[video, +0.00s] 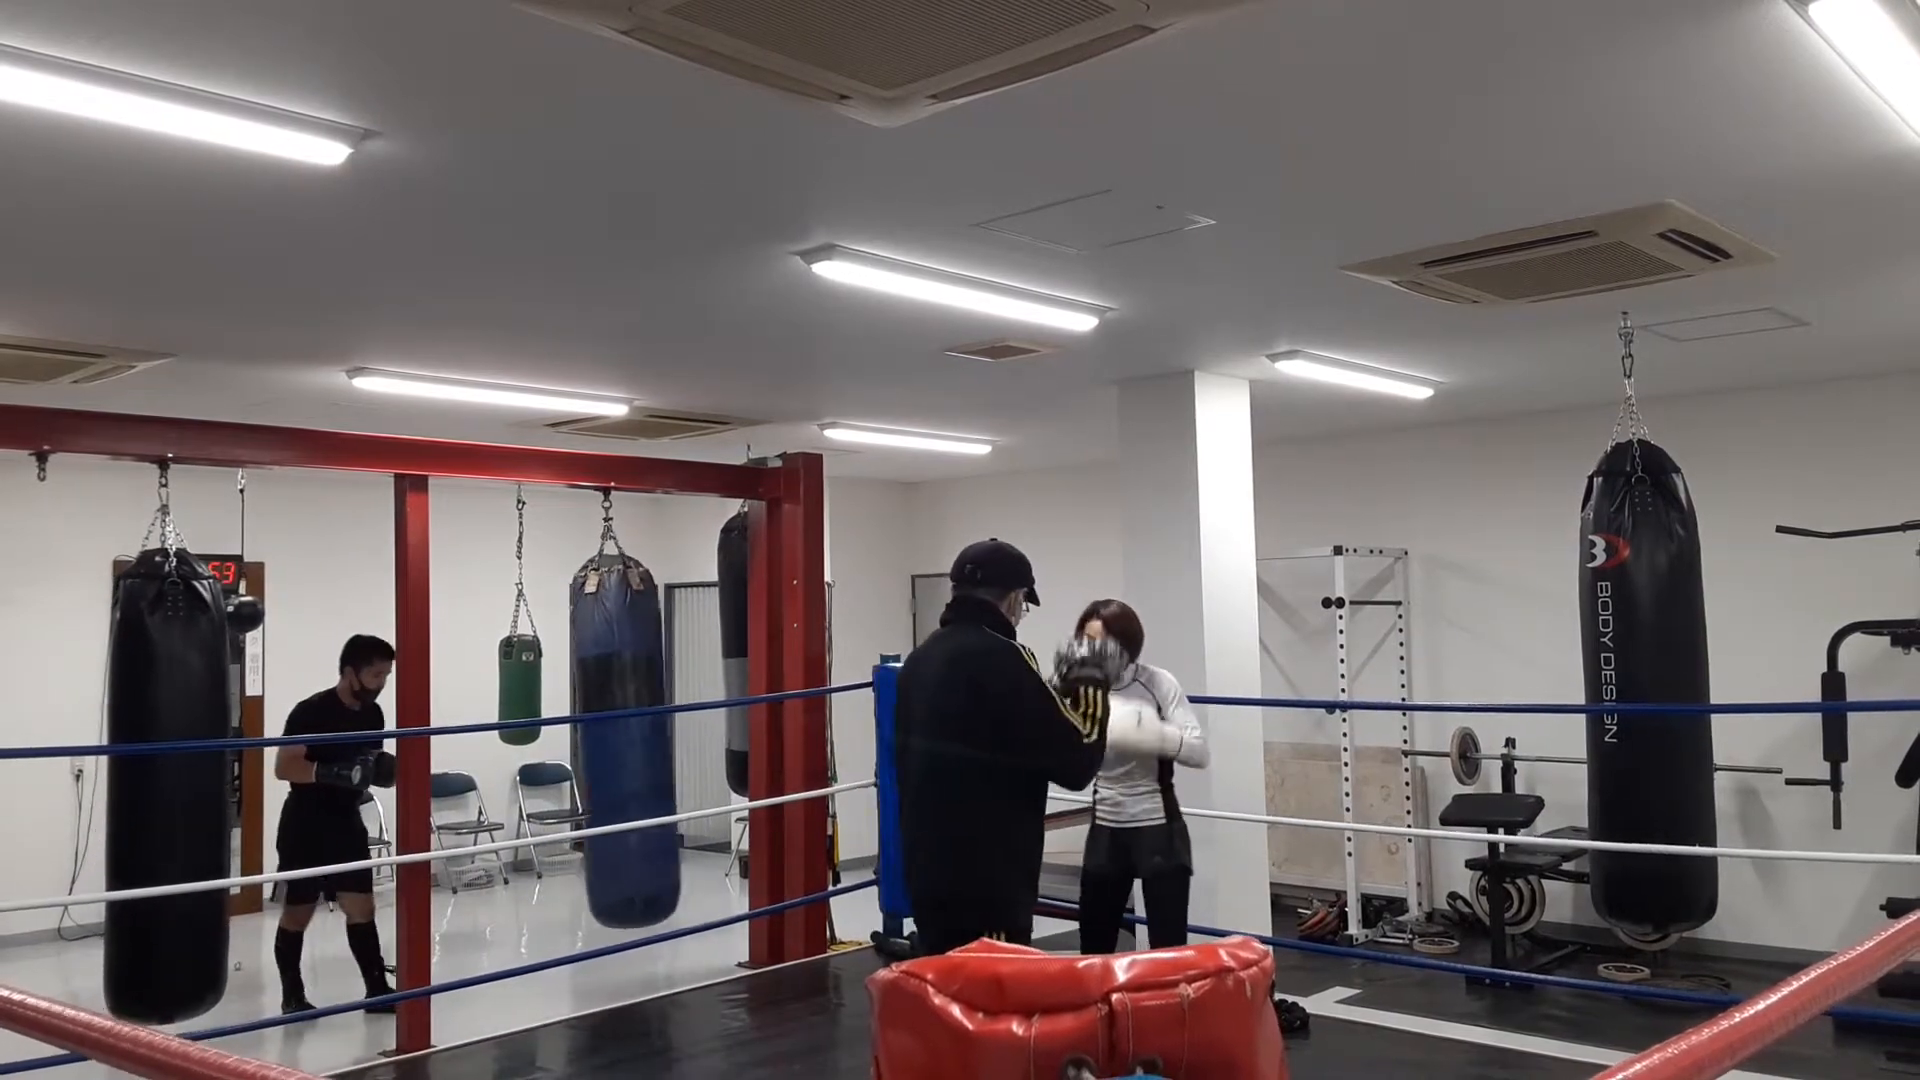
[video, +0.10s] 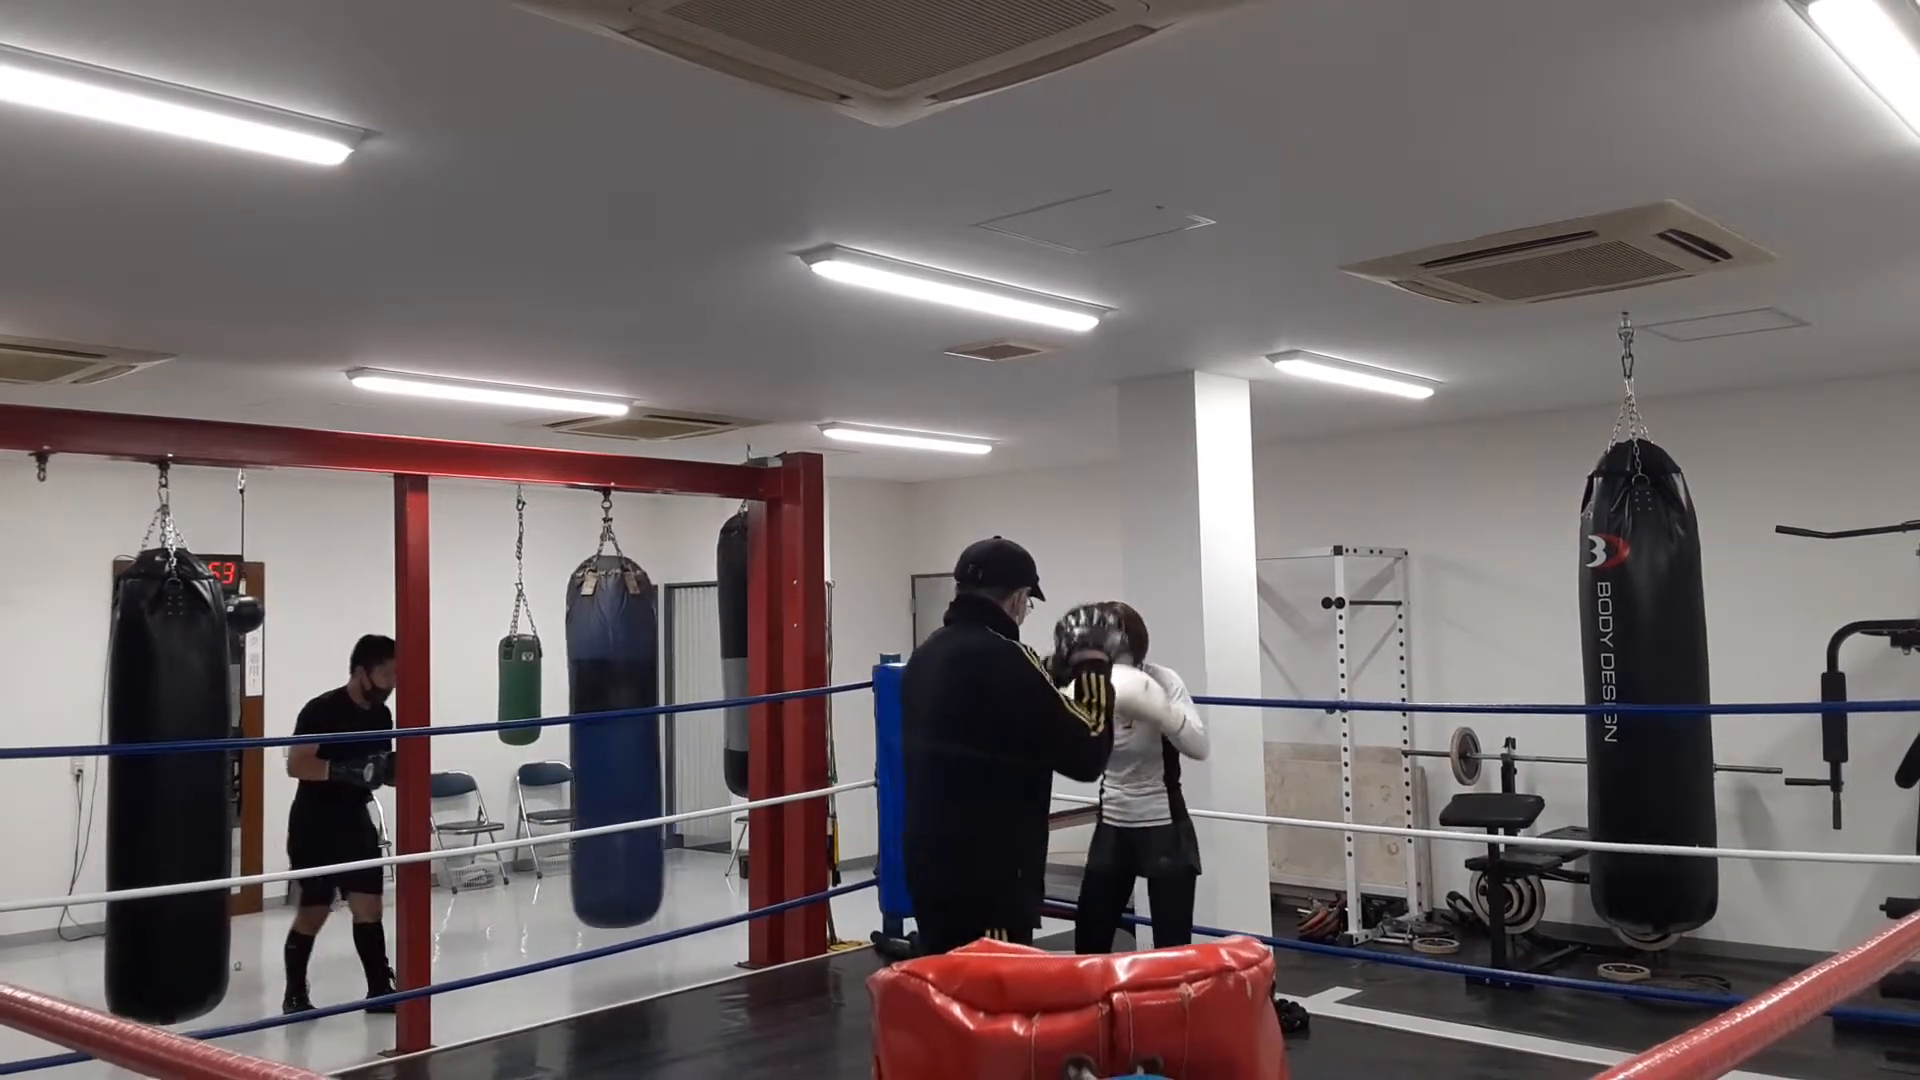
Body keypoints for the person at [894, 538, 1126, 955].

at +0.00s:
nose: (1022, 613)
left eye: (1024, 602)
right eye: (1022, 601)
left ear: (961, 593)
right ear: (1009, 599)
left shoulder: (918, 661)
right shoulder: (1001, 659)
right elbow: (1078, 767)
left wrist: (1055, 695)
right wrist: (1091, 690)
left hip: (929, 874)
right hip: (995, 879)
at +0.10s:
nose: (1026, 611)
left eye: (1029, 600)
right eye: (1028, 600)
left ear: (965, 591)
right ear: (1015, 599)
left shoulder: (924, 657)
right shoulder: (1004, 659)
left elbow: (990, 723)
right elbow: (1087, 757)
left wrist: (1051, 673)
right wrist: (1094, 668)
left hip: (931, 873)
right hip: (996, 877)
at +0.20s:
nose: (1032, 606)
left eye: (1034, 597)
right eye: (1033, 596)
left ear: (972, 589)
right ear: (1020, 596)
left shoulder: (931, 653)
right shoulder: (1007, 660)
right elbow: (1095, 751)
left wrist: (1049, 658)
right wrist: (1097, 661)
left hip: (933, 864)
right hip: (997, 871)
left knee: (946, 1005)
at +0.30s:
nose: (1038, 609)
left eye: (1041, 599)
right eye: (1040, 598)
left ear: (978, 590)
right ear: (1029, 598)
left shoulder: (939, 650)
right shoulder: (1012, 660)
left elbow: (995, 697)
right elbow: (1102, 747)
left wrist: (1050, 652)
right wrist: (1102, 658)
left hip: (933, 862)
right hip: (991, 870)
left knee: (945, 1004)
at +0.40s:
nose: (1048, 610)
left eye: (1051, 600)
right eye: (1049, 599)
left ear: (990, 590)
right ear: (1036, 599)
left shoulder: (949, 647)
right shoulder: (1015, 659)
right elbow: (1104, 745)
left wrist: (1055, 653)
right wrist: (1106, 657)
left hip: (933, 860)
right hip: (984, 869)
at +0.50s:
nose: (1056, 612)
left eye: (1058, 602)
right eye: (1056, 600)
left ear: (1000, 592)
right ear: (1039, 598)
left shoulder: (959, 646)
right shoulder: (1011, 653)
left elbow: (1004, 709)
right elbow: (1098, 743)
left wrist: (1059, 675)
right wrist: (1108, 655)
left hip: (937, 858)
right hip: (979, 866)